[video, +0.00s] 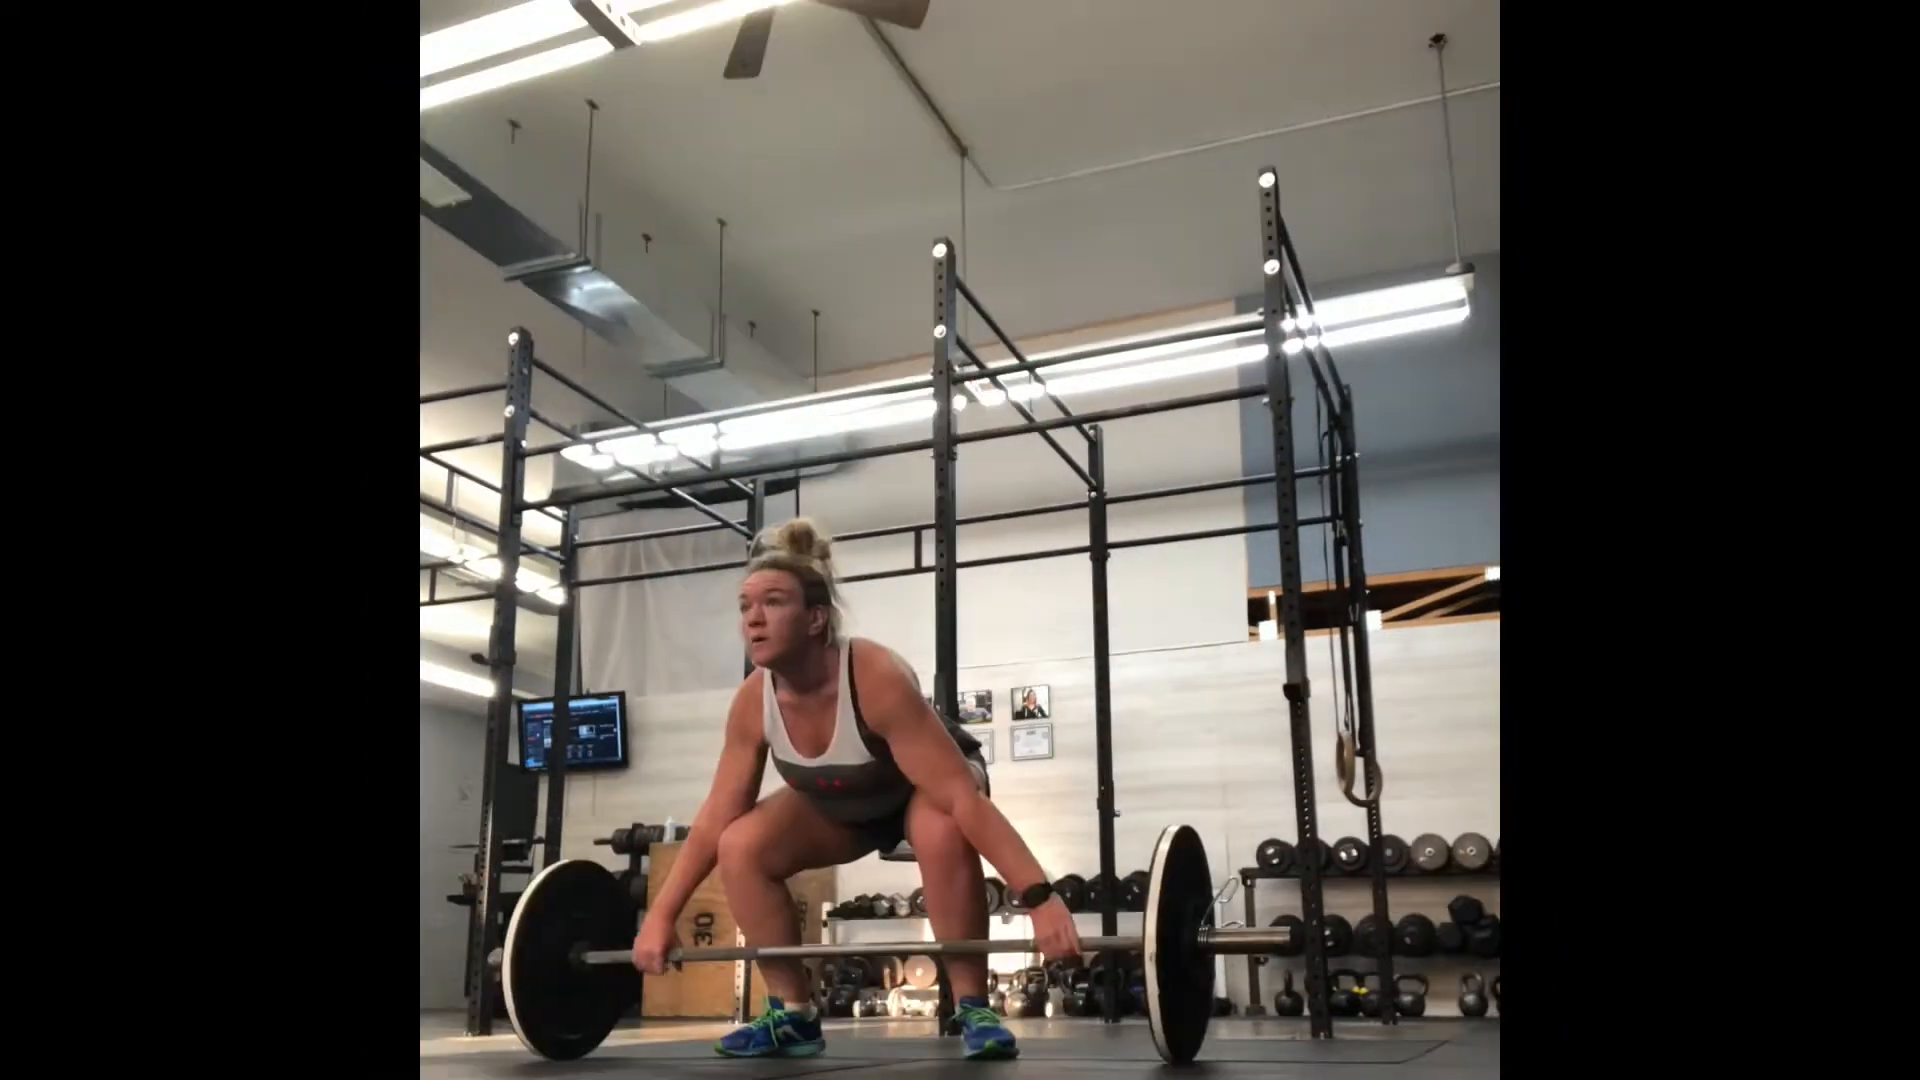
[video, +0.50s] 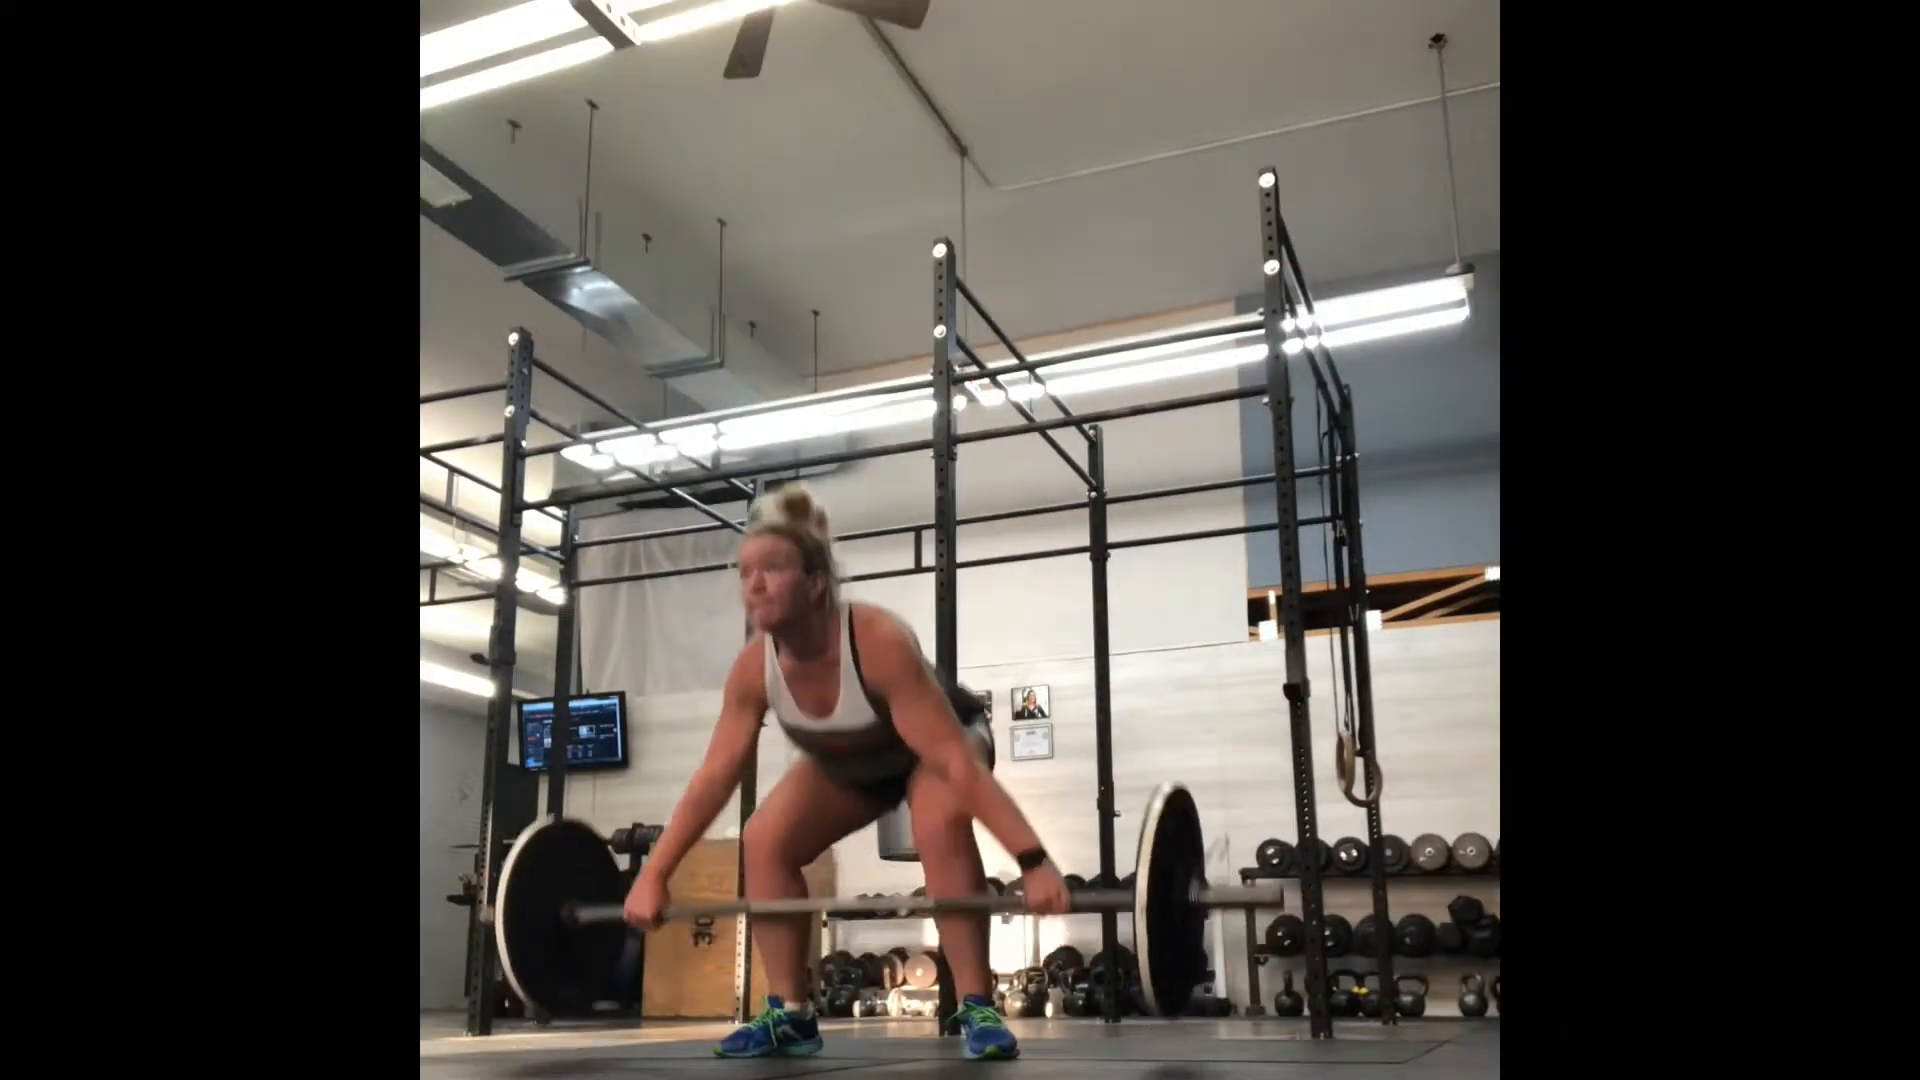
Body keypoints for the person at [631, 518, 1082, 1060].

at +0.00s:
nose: (753, 617)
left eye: (772, 601)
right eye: (746, 604)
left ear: (816, 618)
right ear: (740, 618)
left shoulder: (877, 677)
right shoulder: (754, 701)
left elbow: (962, 796)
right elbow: (717, 820)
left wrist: (1039, 898)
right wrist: (661, 914)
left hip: (925, 789)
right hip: (842, 803)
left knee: (940, 834)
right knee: (738, 847)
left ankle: (972, 1006)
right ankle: (793, 1015)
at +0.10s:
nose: (752, 619)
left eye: (772, 603)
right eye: (745, 607)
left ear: (817, 619)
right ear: (739, 620)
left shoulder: (877, 680)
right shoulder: (753, 704)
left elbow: (963, 796)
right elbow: (715, 820)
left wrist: (1041, 898)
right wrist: (657, 915)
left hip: (921, 796)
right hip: (838, 808)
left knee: (942, 835)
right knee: (737, 848)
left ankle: (972, 1006)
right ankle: (793, 1014)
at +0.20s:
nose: (754, 621)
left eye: (773, 605)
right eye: (747, 609)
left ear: (818, 622)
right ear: (742, 623)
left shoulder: (878, 684)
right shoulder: (752, 707)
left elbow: (963, 798)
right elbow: (714, 819)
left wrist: (1041, 900)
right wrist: (655, 917)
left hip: (917, 804)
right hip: (835, 814)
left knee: (944, 837)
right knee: (734, 849)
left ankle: (972, 1006)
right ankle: (792, 1012)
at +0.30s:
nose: (756, 619)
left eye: (775, 604)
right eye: (749, 607)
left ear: (819, 621)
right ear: (744, 622)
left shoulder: (878, 685)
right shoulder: (753, 708)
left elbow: (963, 799)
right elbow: (713, 821)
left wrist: (1040, 902)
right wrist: (654, 917)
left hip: (919, 803)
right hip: (837, 814)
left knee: (939, 835)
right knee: (735, 848)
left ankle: (971, 1006)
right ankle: (792, 1012)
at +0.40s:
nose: (755, 610)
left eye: (774, 595)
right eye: (747, 599)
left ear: (818, 612)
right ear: (743, 615)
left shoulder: (878, 670)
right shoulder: (755, 695)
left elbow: (957, 792)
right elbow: (720, 804)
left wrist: (1034, 893)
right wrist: (654, 907)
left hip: (928, 781)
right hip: (843, 797)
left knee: (935, 833)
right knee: (746, 844)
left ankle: (972, 1007)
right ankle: (792, 1012)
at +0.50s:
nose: (754, 584)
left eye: (772, 569)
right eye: (746, 571)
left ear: (815, 583)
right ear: (739, 580)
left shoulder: (878, 641)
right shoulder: (754, 668)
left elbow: (955, 761)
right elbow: (717, 774)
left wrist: (1034, 859)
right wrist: (654, 870)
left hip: (933, 749)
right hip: (847, 764)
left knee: (939, 824)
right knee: (764, 840)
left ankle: (977, 1006)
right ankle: (790, 1012)